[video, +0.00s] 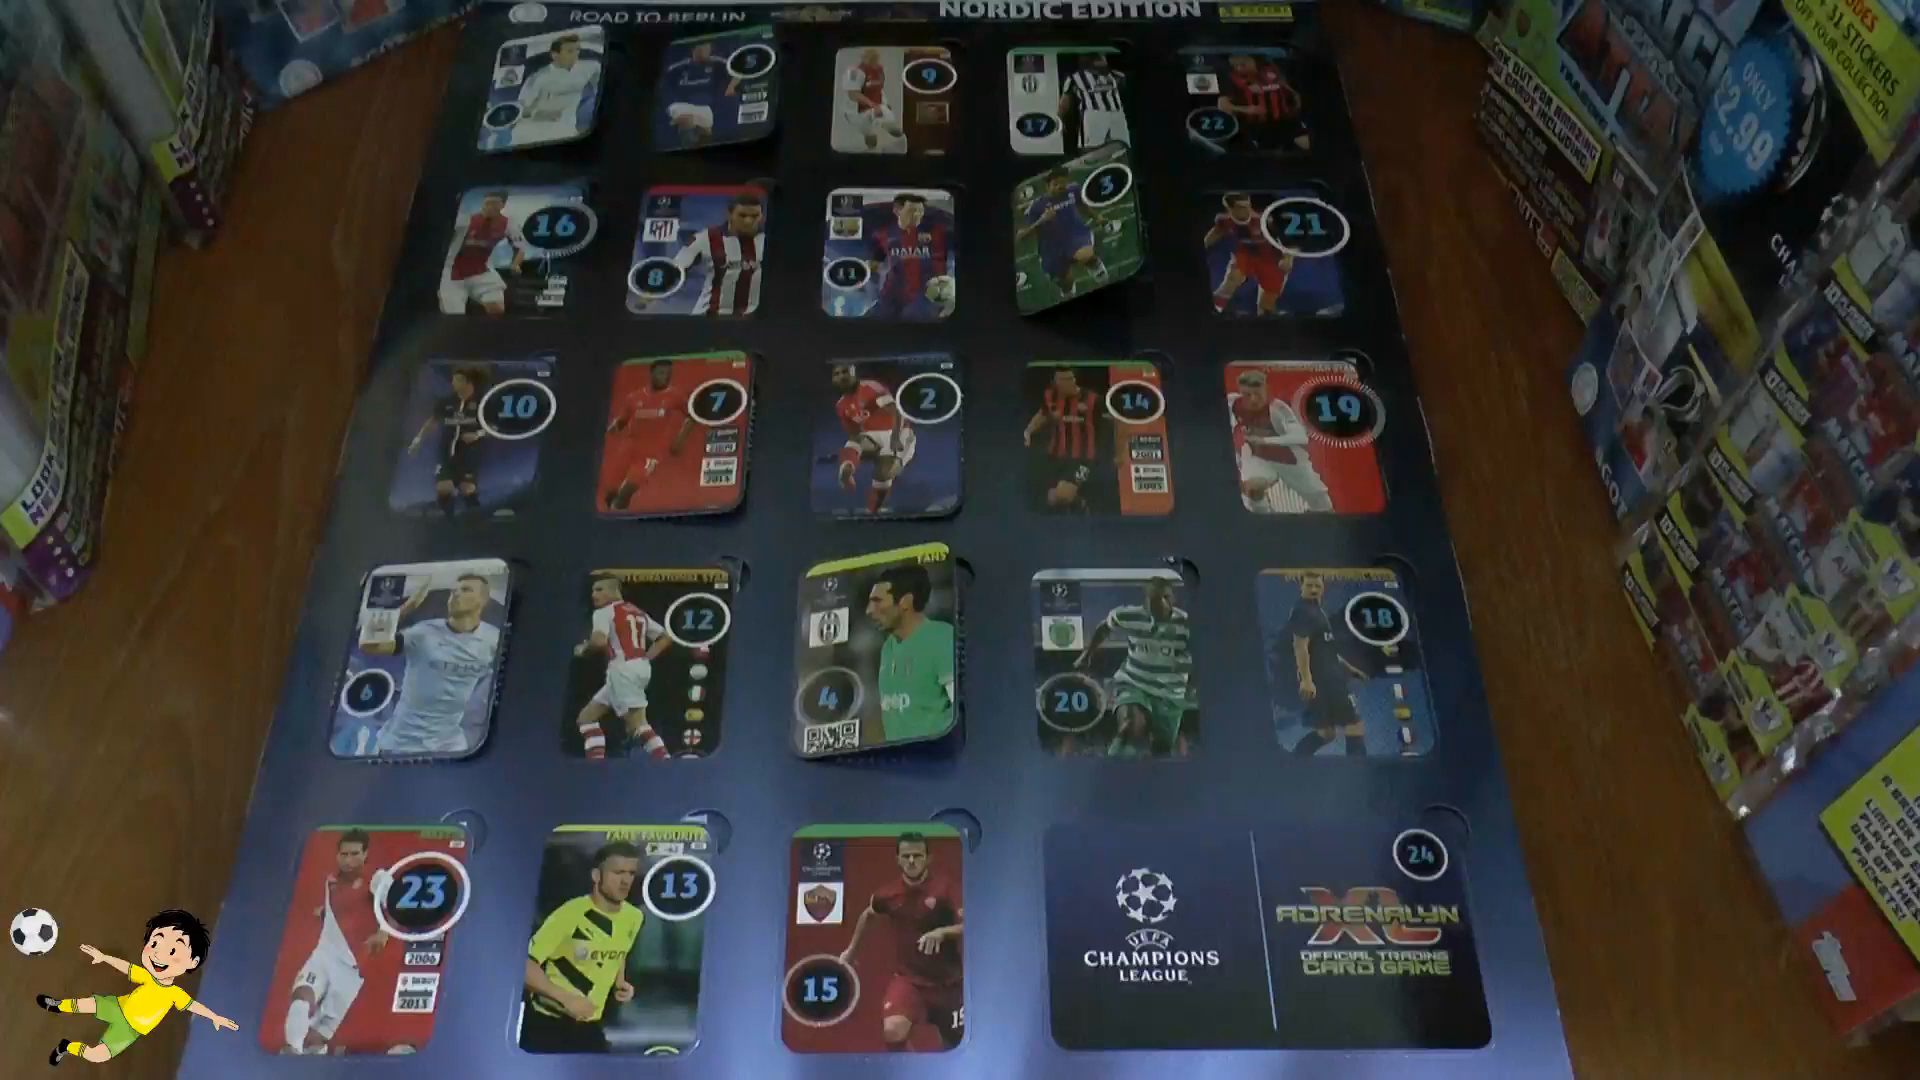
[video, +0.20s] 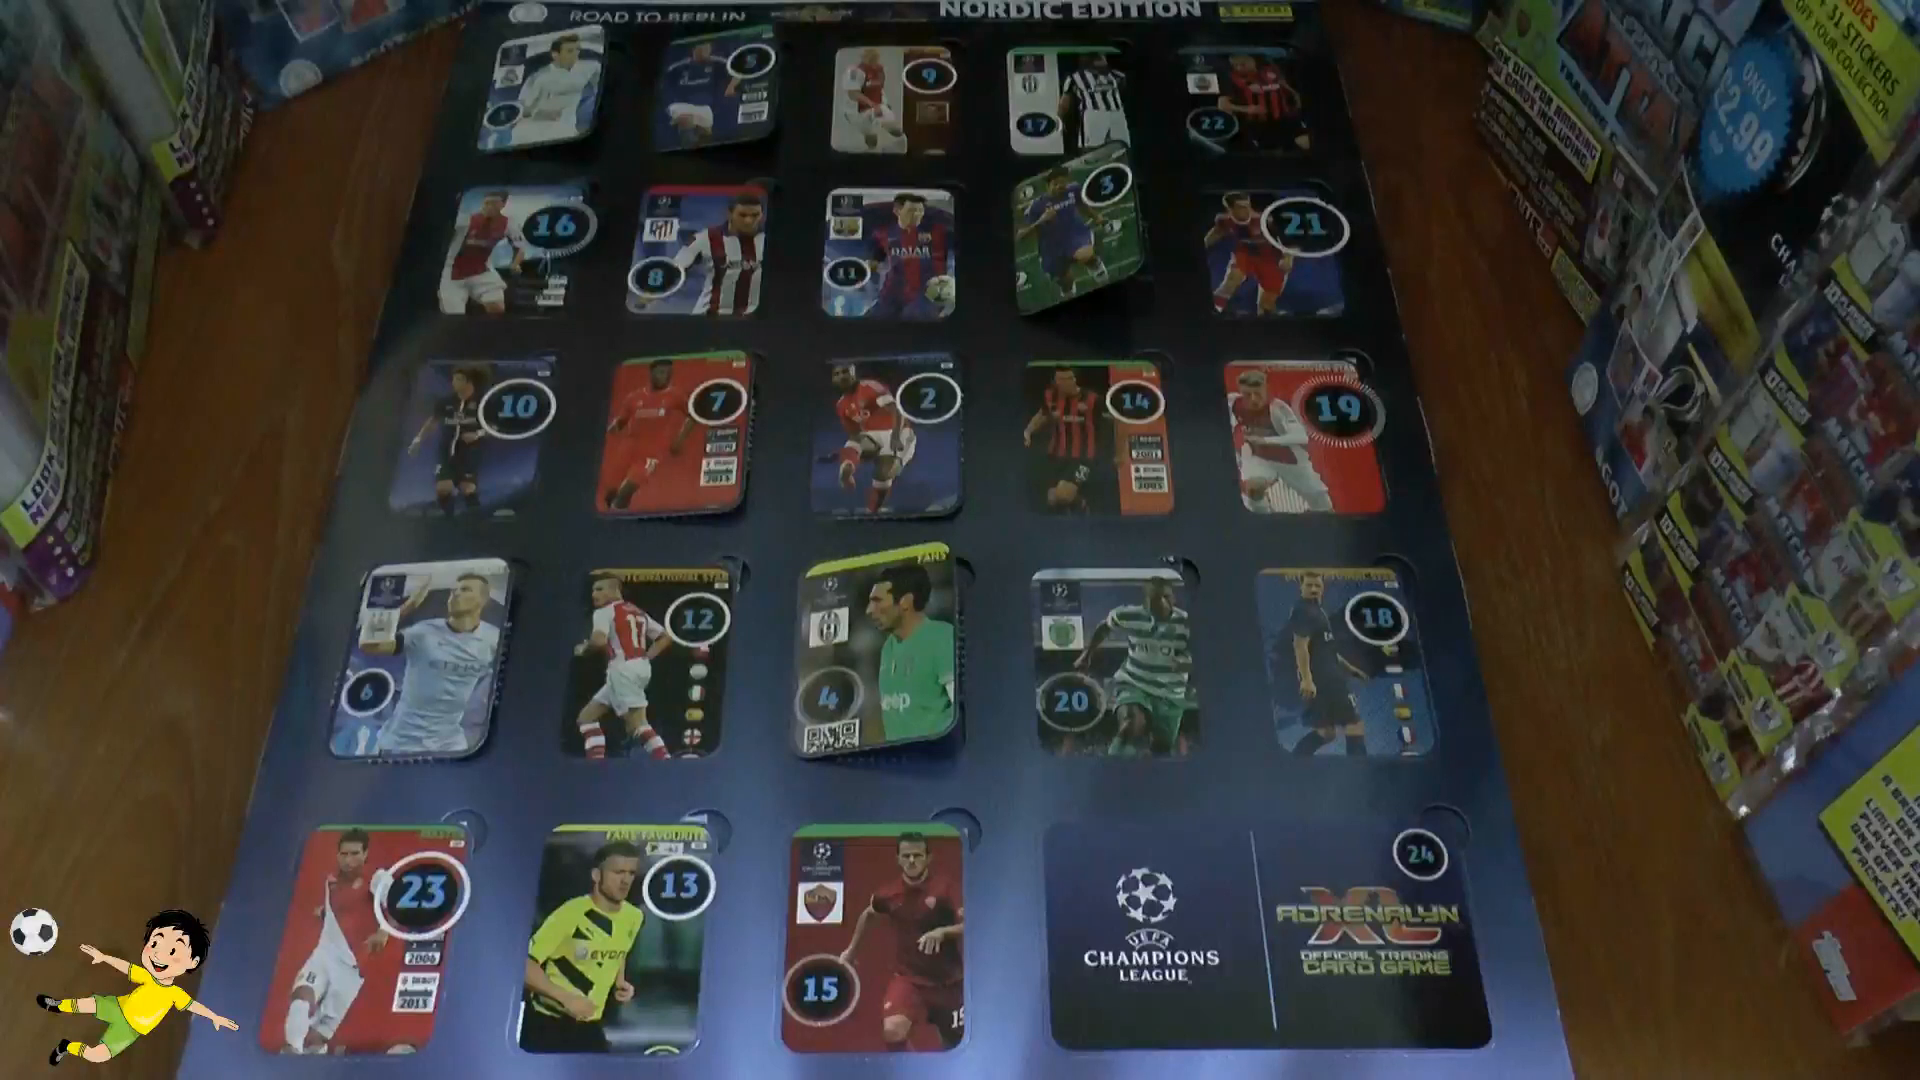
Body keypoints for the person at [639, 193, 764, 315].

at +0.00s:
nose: (748, 222)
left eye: (754, 216)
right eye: (742, 216)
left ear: (761, 217)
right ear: (730, 215)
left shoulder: (763, 243)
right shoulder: (707, 240)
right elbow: (675, 269)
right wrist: (649, 294)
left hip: (748, 320)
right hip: (709, 319)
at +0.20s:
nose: (748, 221)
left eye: (754, 216)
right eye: (742, 215)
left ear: (761, 216)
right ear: (730, 214)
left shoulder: (764, 242)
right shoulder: (707, 240)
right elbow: (674, 269)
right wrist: (650, 294)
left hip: (749, 320)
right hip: (709, 319)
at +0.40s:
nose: (749, 221)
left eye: (754, 216)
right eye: (743, 215)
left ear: (762, 216)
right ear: (731, 214)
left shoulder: (764, 242)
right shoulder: (709, 239)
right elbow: (675, 268)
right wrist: (651, 293)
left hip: (749, 320)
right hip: (710, 319)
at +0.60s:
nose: (749, 221)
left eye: (754, 216)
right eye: (743, 215)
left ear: (762, 217)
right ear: (731, 215)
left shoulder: (764, 242)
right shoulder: (708, 239)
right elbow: (674, 270)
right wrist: (647, 297)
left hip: (749, 322)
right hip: (709, 320)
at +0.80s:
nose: (749, 221)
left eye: (755, 216)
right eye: (743, 216)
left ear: (762, 217)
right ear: (731, 214)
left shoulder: (764, 242)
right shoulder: (709, 239)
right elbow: (675, 269)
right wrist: (648, 296)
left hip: (749, 321)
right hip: (709, 319)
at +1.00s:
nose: (748, 221)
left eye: (754, 216)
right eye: (742, 215)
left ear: (761, 216)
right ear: (730, 214)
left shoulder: (764, 242)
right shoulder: (707, 239)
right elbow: (673, 270)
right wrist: (647, 297)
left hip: (749, 322)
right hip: (708, 320)